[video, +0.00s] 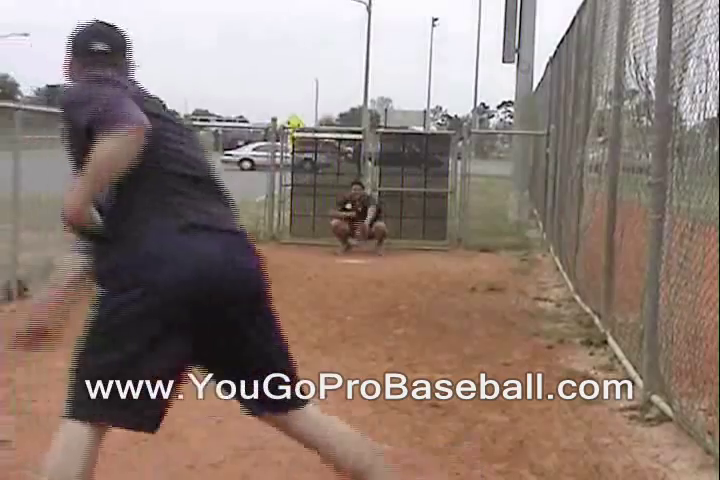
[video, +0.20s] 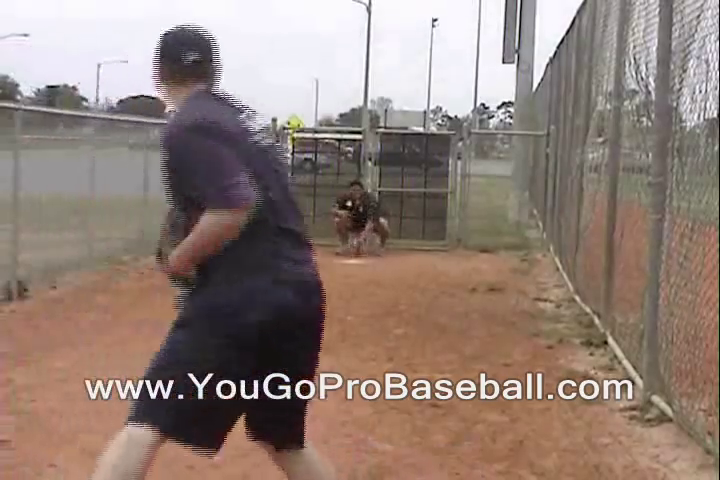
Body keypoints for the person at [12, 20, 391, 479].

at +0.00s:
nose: (66, 67)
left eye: (68, 59)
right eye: (70, 58)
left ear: (75, 61)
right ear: (122, 62)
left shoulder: (85, 89)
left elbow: (128, 128)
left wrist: (80, 199)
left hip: (157, 261)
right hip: (230, 254)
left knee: (83, 423)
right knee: (289, 409)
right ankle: (384, 470)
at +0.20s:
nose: (155, 72)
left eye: (157, 64)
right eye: (158, 64)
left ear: (162, 70)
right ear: (209, 69)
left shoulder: (190, 122)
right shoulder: (238, 114)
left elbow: (234, 205)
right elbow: (274, 203)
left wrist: (182, 259)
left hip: (238, 294)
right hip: (297, 289)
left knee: (142, 432)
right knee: (287, 441)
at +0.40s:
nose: (202, 12)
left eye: (203, 8)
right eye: (206, 9)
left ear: (208, 7)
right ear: (257, 6)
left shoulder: (210, 48)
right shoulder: (300, 54)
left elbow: (224, 131)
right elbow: (364, 137)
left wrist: (182, 164)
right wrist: (390, 190)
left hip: (238, 240)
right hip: (310, 242)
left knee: (196, 380)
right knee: (307, 382)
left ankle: (210, 472)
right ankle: (339, 471)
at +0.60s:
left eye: (228, 24)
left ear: (226, 29)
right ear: (278, 29)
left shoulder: (209, 80)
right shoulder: (320, 85)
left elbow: (200, 161)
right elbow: (373, 170)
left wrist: (169, 191)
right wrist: (403, 238)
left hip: (236, 262)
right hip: (305, 259)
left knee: (251, 398)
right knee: (301, 386)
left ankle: (281, 475)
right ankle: (311, 475)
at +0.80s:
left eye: (231, 54)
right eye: (275, 53)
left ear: (226, 56)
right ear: (278, 57)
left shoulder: (198, 119)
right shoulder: (319, 118)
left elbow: (181, 213)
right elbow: (342, 215)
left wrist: (193, 236)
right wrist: (342, 280)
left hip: (229, 290)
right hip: (300, 289)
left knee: (195, 383)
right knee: (287, 402)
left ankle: (244, 472)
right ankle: (306, 473)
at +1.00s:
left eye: (203, 31)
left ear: (201, 35)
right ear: (253, 35)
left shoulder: (167, 95)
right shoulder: (293, 99)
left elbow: (128, 182)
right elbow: (320, 190)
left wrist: (169, 197)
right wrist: (314, 246)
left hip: (193, 278)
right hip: (268, 279)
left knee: (161, 389)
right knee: (287, 397)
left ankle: (138, 473)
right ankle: (307, 475)